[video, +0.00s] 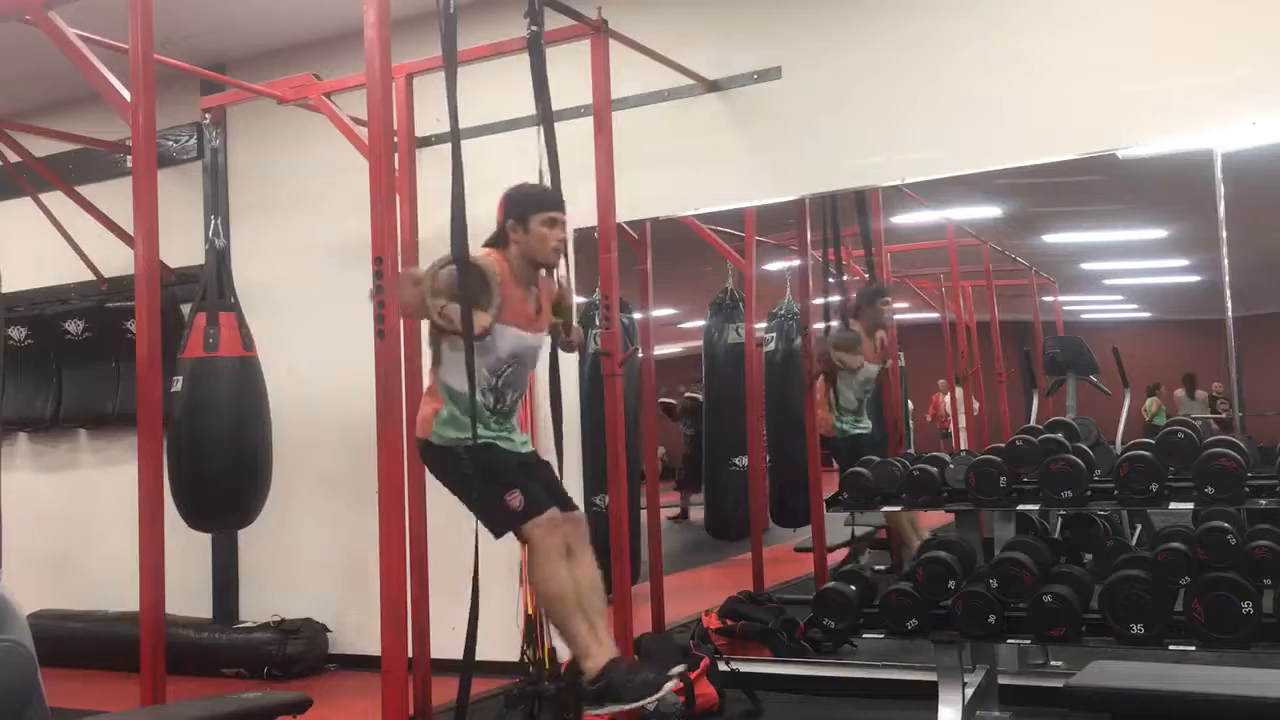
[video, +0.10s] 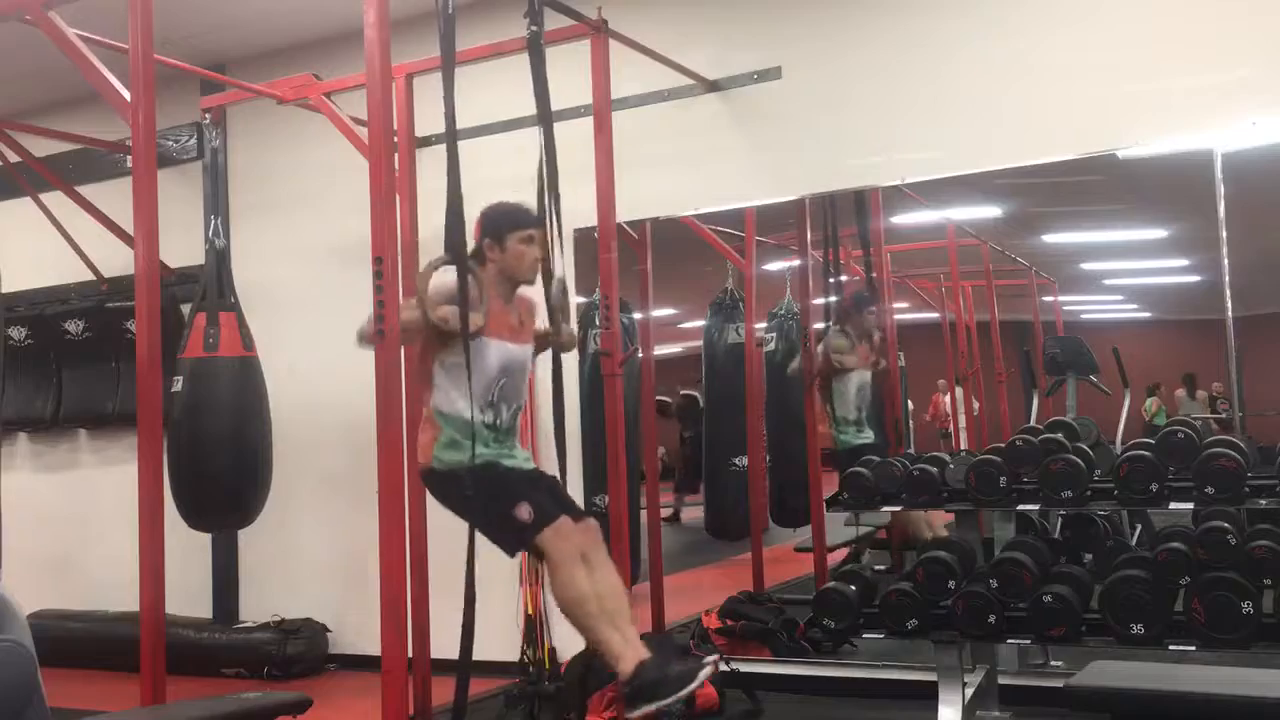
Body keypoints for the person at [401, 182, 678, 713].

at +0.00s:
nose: (561, 236)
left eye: (563, 227)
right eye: (550, 225)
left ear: (557, 234)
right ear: (514, 229)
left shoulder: (551, 285)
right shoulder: (483, 270)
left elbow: (570, 338)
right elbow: (412, 291)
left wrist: (571, 334)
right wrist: (453, 316)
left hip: (502, 431)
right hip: (451, 432)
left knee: (573, 525)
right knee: (544, 528)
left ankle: (606, 661)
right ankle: (590, 667)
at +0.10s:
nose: (538, 254)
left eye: (539, 244)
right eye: (526, 243)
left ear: (536, 252)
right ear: (491, 249)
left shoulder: (527, 302)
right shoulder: (452, 286)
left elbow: (542, 341)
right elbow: (381, 333)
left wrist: (562, 335)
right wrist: (431, 321)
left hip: (506, 454)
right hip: (453, 457)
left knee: (586, 532)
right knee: (560, 538)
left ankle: (642, 663)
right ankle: (630, 673)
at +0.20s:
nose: (510, 287)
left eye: (512, 277)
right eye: (500, 276)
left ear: (508, 284)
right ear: (468, 281)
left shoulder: (506, 341)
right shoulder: (436, 341)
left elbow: (513, 395)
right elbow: (367, 381)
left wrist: (538, 356)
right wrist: (416, 337)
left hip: (508, 488)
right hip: (457, 495)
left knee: (600, 547)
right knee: (573, 551)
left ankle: (675, 668)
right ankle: (666, 674)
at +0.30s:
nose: (485, 332)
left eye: (486, 322)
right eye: (474, 322)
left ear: (486, 328)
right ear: (444, 329)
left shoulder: (488, 382)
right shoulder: (425, 382)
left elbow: (529, 399)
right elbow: (367, 395)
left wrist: (535, 350)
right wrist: (402, 350)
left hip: (509, 524)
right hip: (458, 534)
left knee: (608, 567)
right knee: (581, 573)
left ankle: (706, 667)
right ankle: (700, 671)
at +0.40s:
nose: (474, 372)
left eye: (474, 363)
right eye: (464, 363)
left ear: (473, 369)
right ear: (433, 372)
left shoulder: (481, 418)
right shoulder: (421, 432)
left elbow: (541, 404)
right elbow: (412, 406)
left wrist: (531, 348)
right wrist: (412, 358)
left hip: (513, 560)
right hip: (465, 578)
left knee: (614, 590)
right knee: (589, 599)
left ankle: (726, 664)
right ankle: (720, 669)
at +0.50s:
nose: (468, 399)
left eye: (468, 389)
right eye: (458, 392)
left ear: (472, 394)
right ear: (431, 404)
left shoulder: (480, 443)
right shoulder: (421, 462)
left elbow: (546, 407)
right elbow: (436, 413)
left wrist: (530, 346)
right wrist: (448, 342)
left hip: (518, 593)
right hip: (470, 614)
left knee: (613, 611)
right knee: (589, 622)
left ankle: (731, 667)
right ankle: (726, 672)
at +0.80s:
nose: (493, 432)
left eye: (494, 421)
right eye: (481, 422)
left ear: (496, 425)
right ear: (452, 429)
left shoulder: (510, 464)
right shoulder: (443, 471)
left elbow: (565, 409)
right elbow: (489, 409)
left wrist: (547, 343)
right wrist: (484, 335)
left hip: (533, 625)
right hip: (482, 643)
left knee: (622, 654)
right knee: (599, 667)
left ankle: (738, 706)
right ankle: (733, 711)